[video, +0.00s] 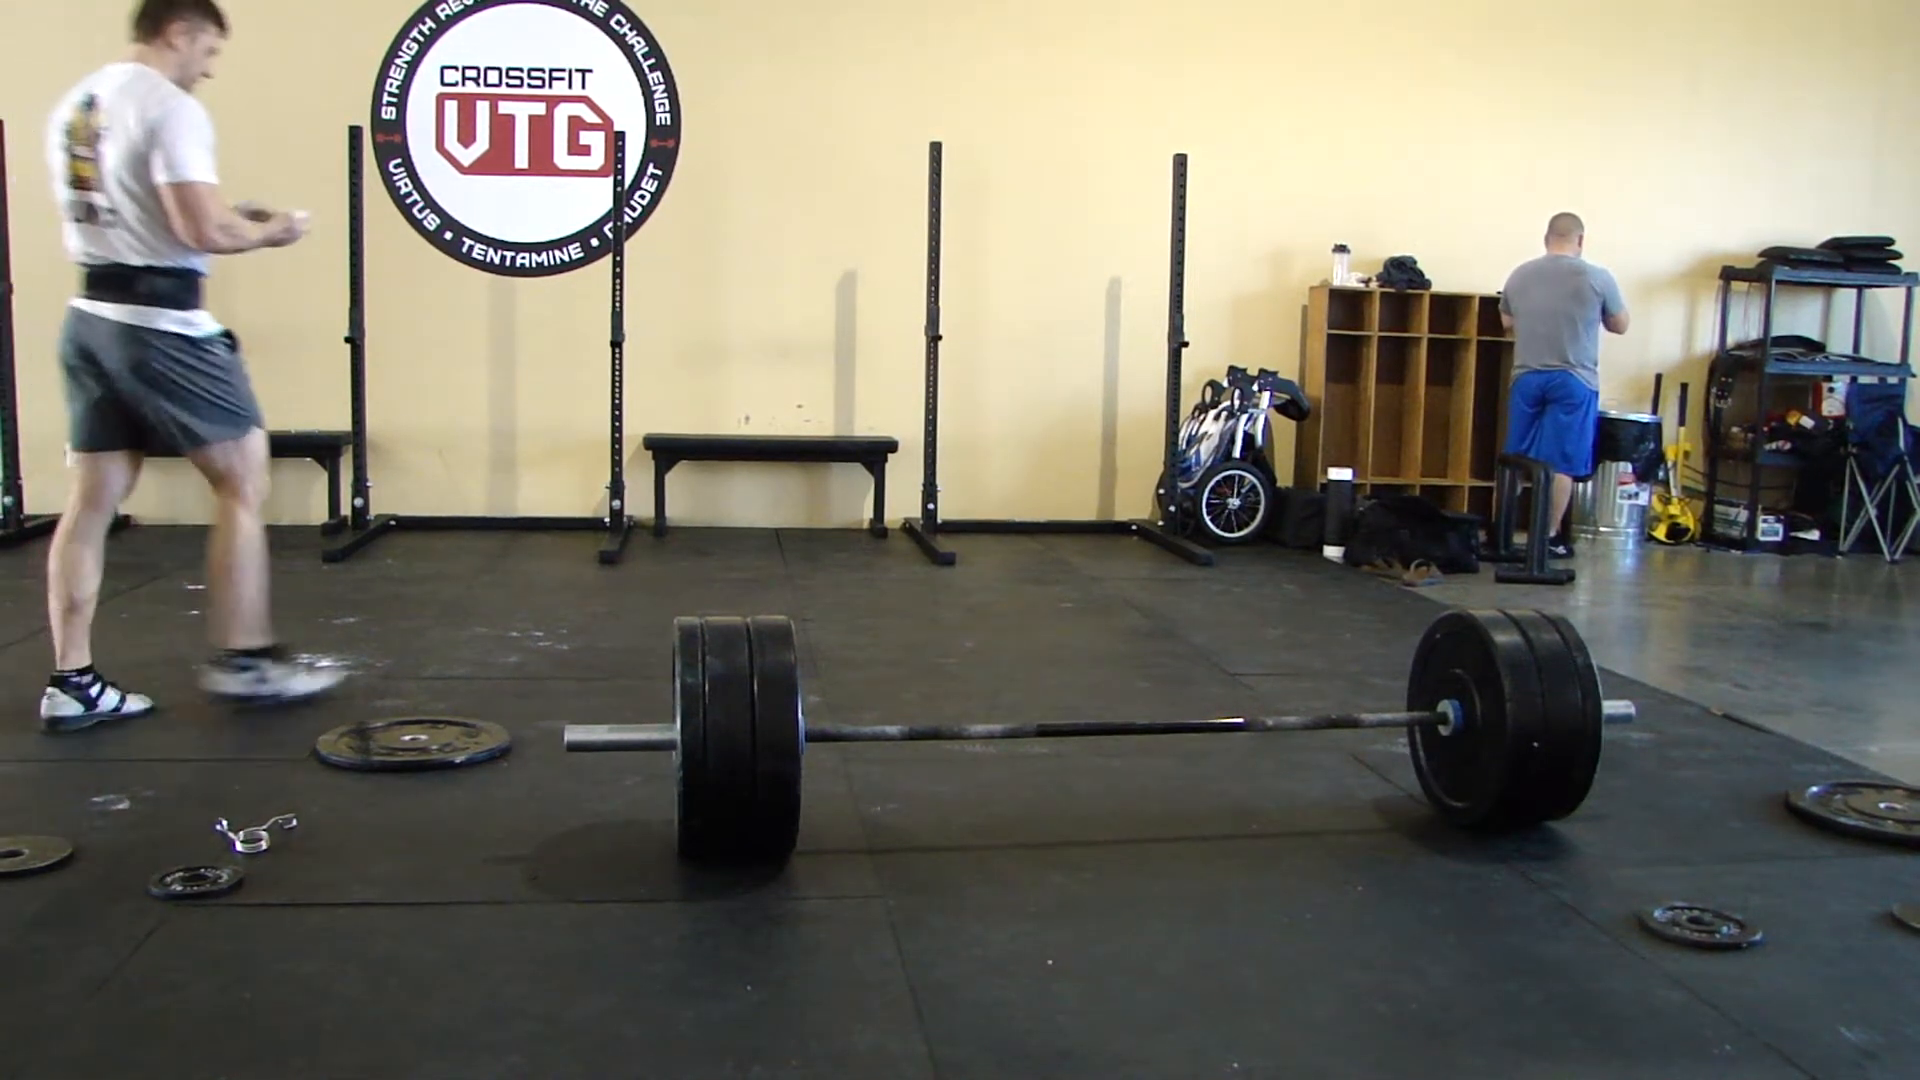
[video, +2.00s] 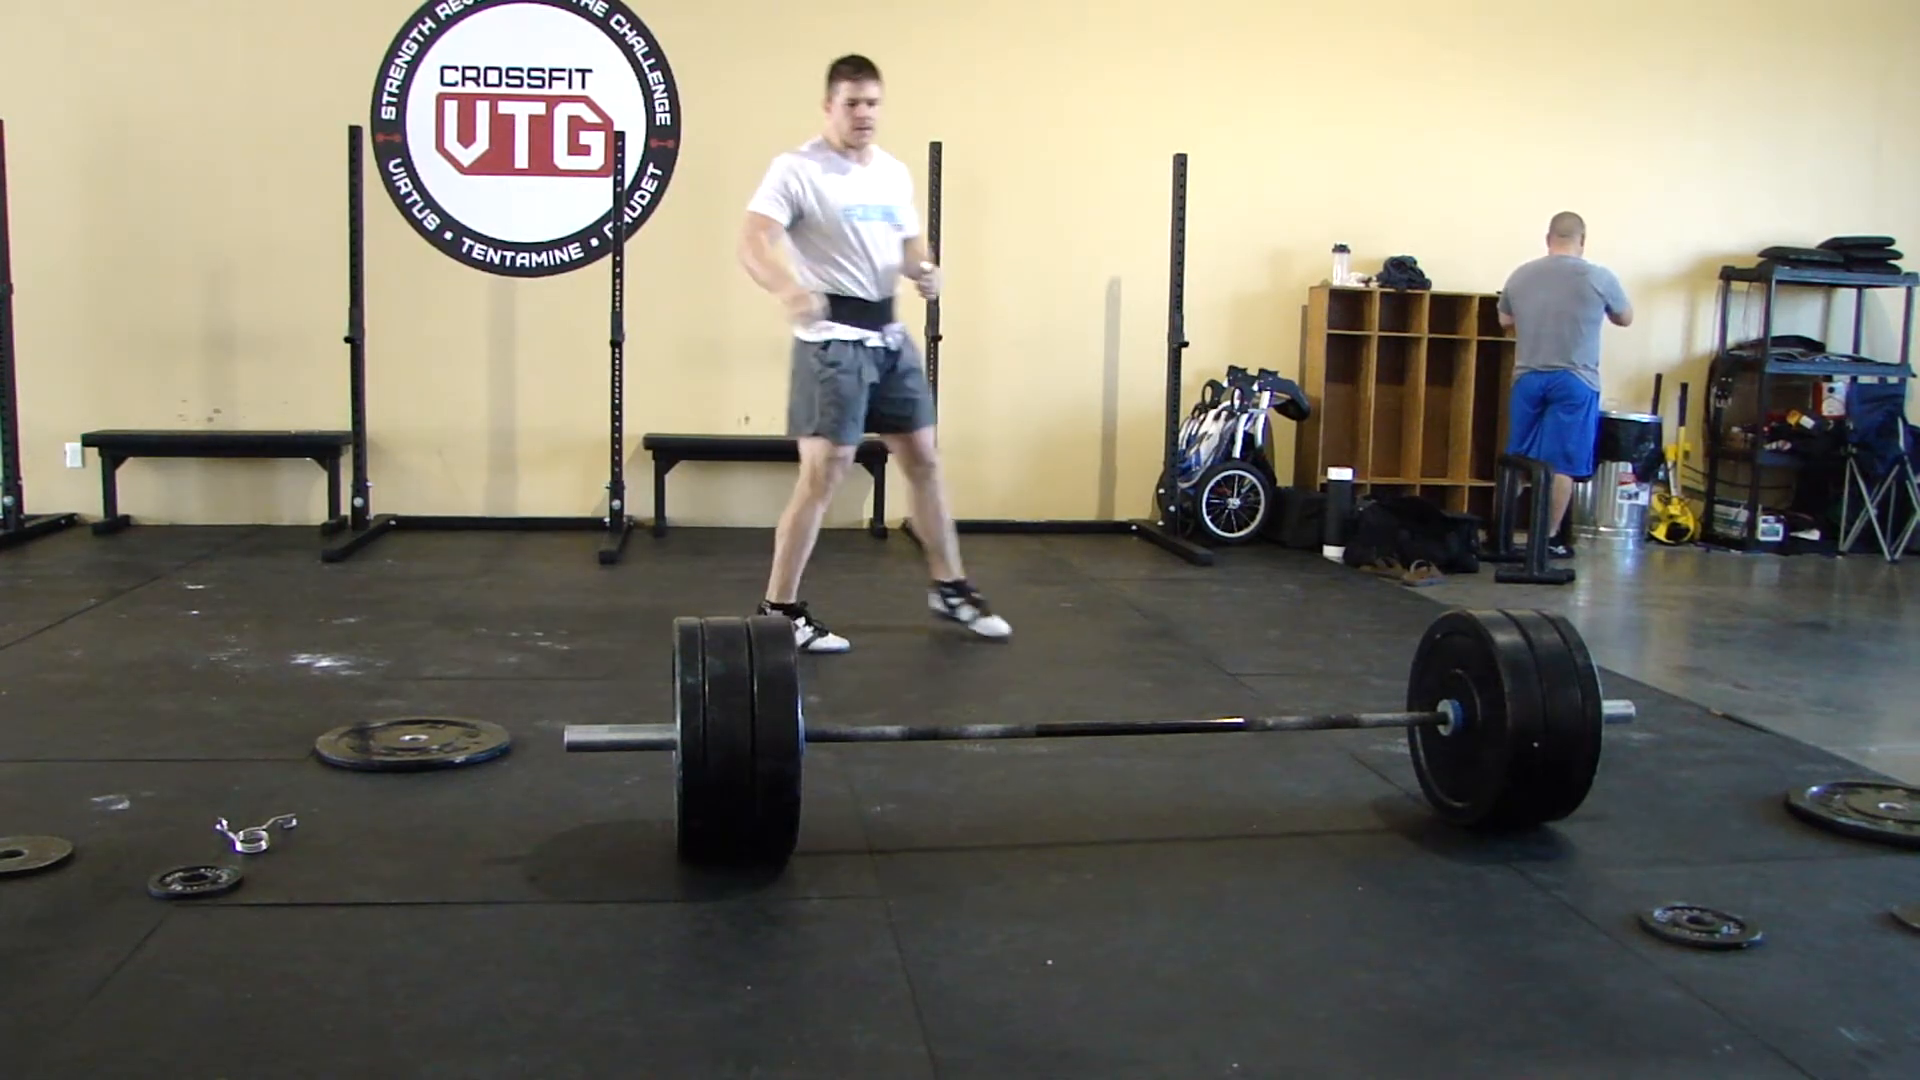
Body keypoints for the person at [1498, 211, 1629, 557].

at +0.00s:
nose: (1580, 246)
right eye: (1582, 241)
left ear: (1546, 239)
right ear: (1580, 240)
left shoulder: (1520, 274)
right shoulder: (1596, 277)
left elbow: (1508, 322)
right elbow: (1619, 324)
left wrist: (1541, 315)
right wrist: (1587, 307)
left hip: (1526, 377)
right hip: (1574, 379)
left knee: (1514, 459)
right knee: (1562, 465)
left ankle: (1500, 535)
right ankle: (1548, 539)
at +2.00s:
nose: (1578, 245)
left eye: (1555, 238)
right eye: (1581, 240)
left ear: (1548, 239)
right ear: (1583, 241)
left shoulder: (1521, 274)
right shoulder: (1597, 276)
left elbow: (1506, 320)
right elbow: (1623, 317)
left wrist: (1540, 313)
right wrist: (1592, 299)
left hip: (1527, 377)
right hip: (1575, 379)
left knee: (1516, 459)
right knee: (1562, 466)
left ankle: (1501, 536)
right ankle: (1547, 540)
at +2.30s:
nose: (1582, 247)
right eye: (1584, 242)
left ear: (1549, 239)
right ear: (1583, 241)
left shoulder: (1521, 274)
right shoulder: (1597, 276)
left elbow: (1507, 316)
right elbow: (1621, 328)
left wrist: (1536, 316)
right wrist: (1615, 344)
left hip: (1528, 378)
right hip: (1576, 380)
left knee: (1516, 460)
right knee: (1562, 466)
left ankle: (1501, 535)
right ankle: (1547, 540)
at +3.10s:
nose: (1584, 244)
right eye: (1585, 239)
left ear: (1550, 239)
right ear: (1586, 240)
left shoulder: (1524, 271)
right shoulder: (1600, 277)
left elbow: (1512, 289)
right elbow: (1616, 332)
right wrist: (1628, 376)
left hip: (1530, 379)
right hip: (1577, 382)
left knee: (1519, 461)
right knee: (1565, 465)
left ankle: (1502, 534)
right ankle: (1548, 538)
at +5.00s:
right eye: (1584, 237)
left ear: (1549, 240)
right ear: (1586, 242)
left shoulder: (1528, 271)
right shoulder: (1602, 278)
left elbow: (1518, 254)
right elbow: (1617, 332)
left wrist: (1548, 232)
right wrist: (1629, 377)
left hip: (1530, 378)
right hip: (1579, 381)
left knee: (1519, 460)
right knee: (1565, 465)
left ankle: (1502, 535)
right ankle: (1547, 539)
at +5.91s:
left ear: (1551, 241)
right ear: (1588, 242)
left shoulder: (1532, 270)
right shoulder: (1603, 278)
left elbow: (1519, 253)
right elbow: (1619, 331)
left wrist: (1551, 229)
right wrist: (1631, 375)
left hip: (1532, 378)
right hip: (1579, 381)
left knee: (1519, 459)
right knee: (1565, 465)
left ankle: (1499, 530)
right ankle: (1548, 538)